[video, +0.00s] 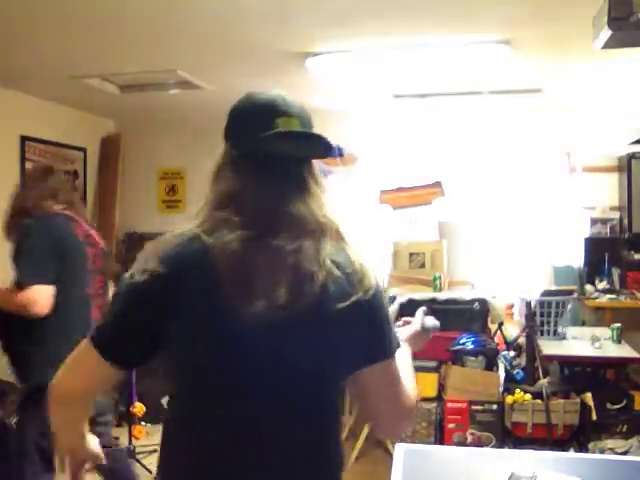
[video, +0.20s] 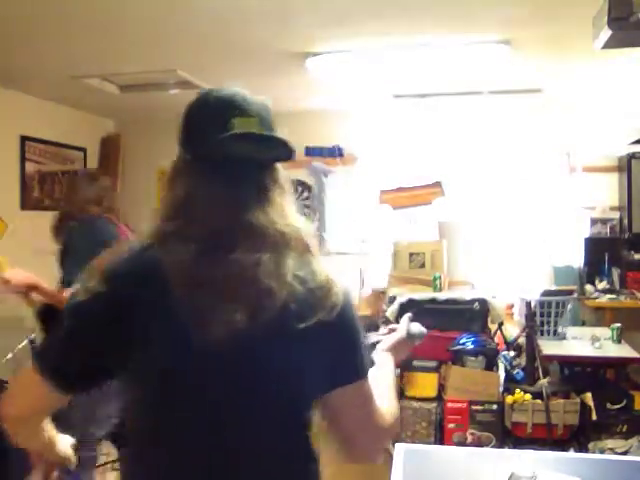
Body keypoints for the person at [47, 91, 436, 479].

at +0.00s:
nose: (318, 177)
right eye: (313, 167)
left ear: (228, 169)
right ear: (309, 175)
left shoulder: (178, 264)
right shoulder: (345, 276)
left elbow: (67, 392)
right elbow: (393, 420)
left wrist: (76, 450)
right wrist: (396, 347)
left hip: (195, 469)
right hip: (307, 470)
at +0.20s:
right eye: (274, 171)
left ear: (182, 176)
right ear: (273, 180)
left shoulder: (135, 278)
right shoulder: (311, 290)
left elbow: (19, 409)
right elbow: (365, 444)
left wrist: (52, 449)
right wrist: (385, 359)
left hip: (160, 470)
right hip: (278, 470)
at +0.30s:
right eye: (248, 166)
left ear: (158, 175)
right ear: (252, 177)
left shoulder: (103, 288)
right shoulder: (295, 294)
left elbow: (5, 419)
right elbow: (349, 459)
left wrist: (38, 461)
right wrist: (377, 376)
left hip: (126, 469)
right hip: (257, 470)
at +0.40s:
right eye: (237, 161)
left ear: (139, 170)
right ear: (238, 173)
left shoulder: (78, 287)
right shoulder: (282, 294)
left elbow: (0, 410)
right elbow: (341, 464)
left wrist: (18, 463)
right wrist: (372, 376)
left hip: (112, 473)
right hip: (246, 475)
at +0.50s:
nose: (244, 169)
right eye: (237, 158)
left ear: (130, 165)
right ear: (230, 169)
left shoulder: (64, 283)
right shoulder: (275, 289)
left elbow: (1, 402)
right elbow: (340, 465)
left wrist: (12, 460)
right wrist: (374, 371)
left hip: (97, 473)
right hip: (237, 475)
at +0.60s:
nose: (243, 169)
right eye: (237, 156)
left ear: (128, 162)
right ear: (229, 168)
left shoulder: (62, 281)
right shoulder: (272, 287)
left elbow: (0, 403)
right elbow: (340, 466)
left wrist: (13, 459)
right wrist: (377, 367)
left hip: (91, 476)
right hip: (234, 475)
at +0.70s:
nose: (246, 169)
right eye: (240, 156)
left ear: (134, 163)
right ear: (234, 167)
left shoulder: (66, 279)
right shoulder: (276, 289)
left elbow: (0, 400)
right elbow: (338, 463)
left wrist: (21, 452)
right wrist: (378, 367)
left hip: (93, 470)